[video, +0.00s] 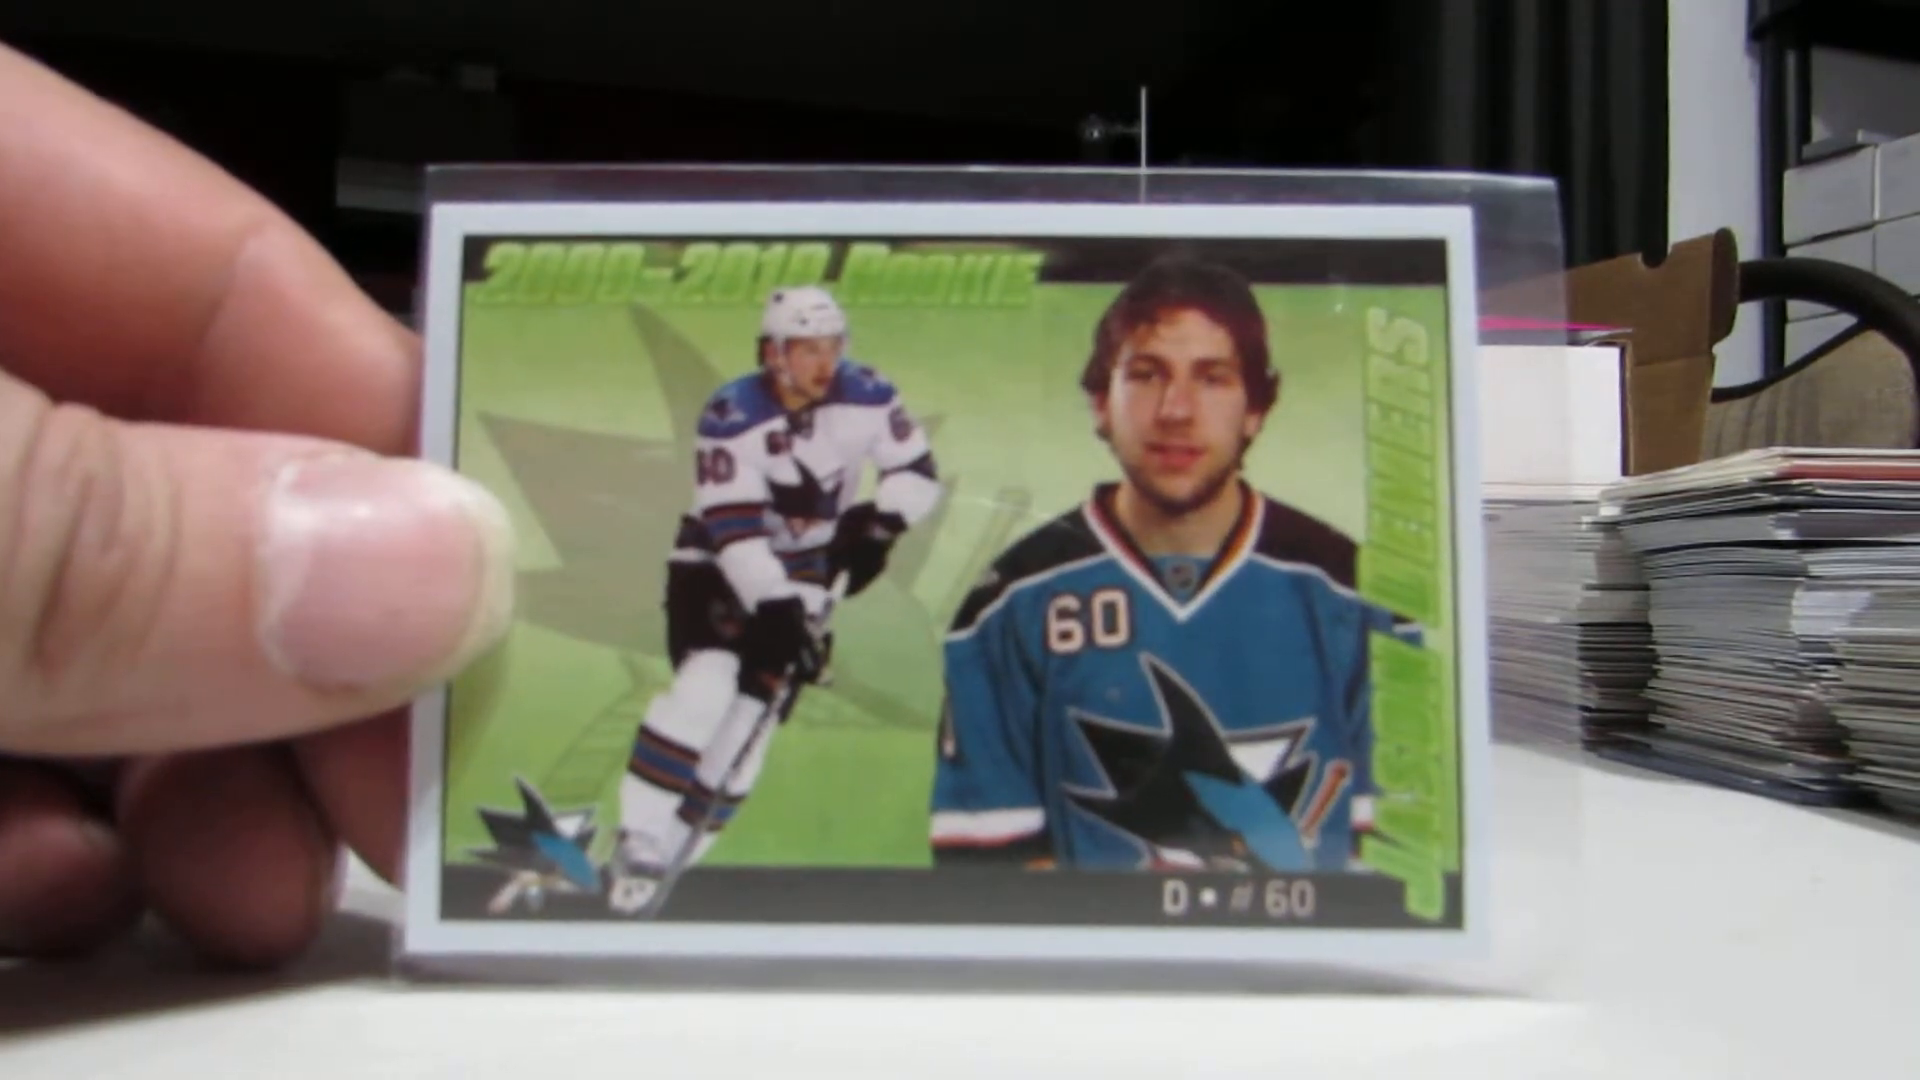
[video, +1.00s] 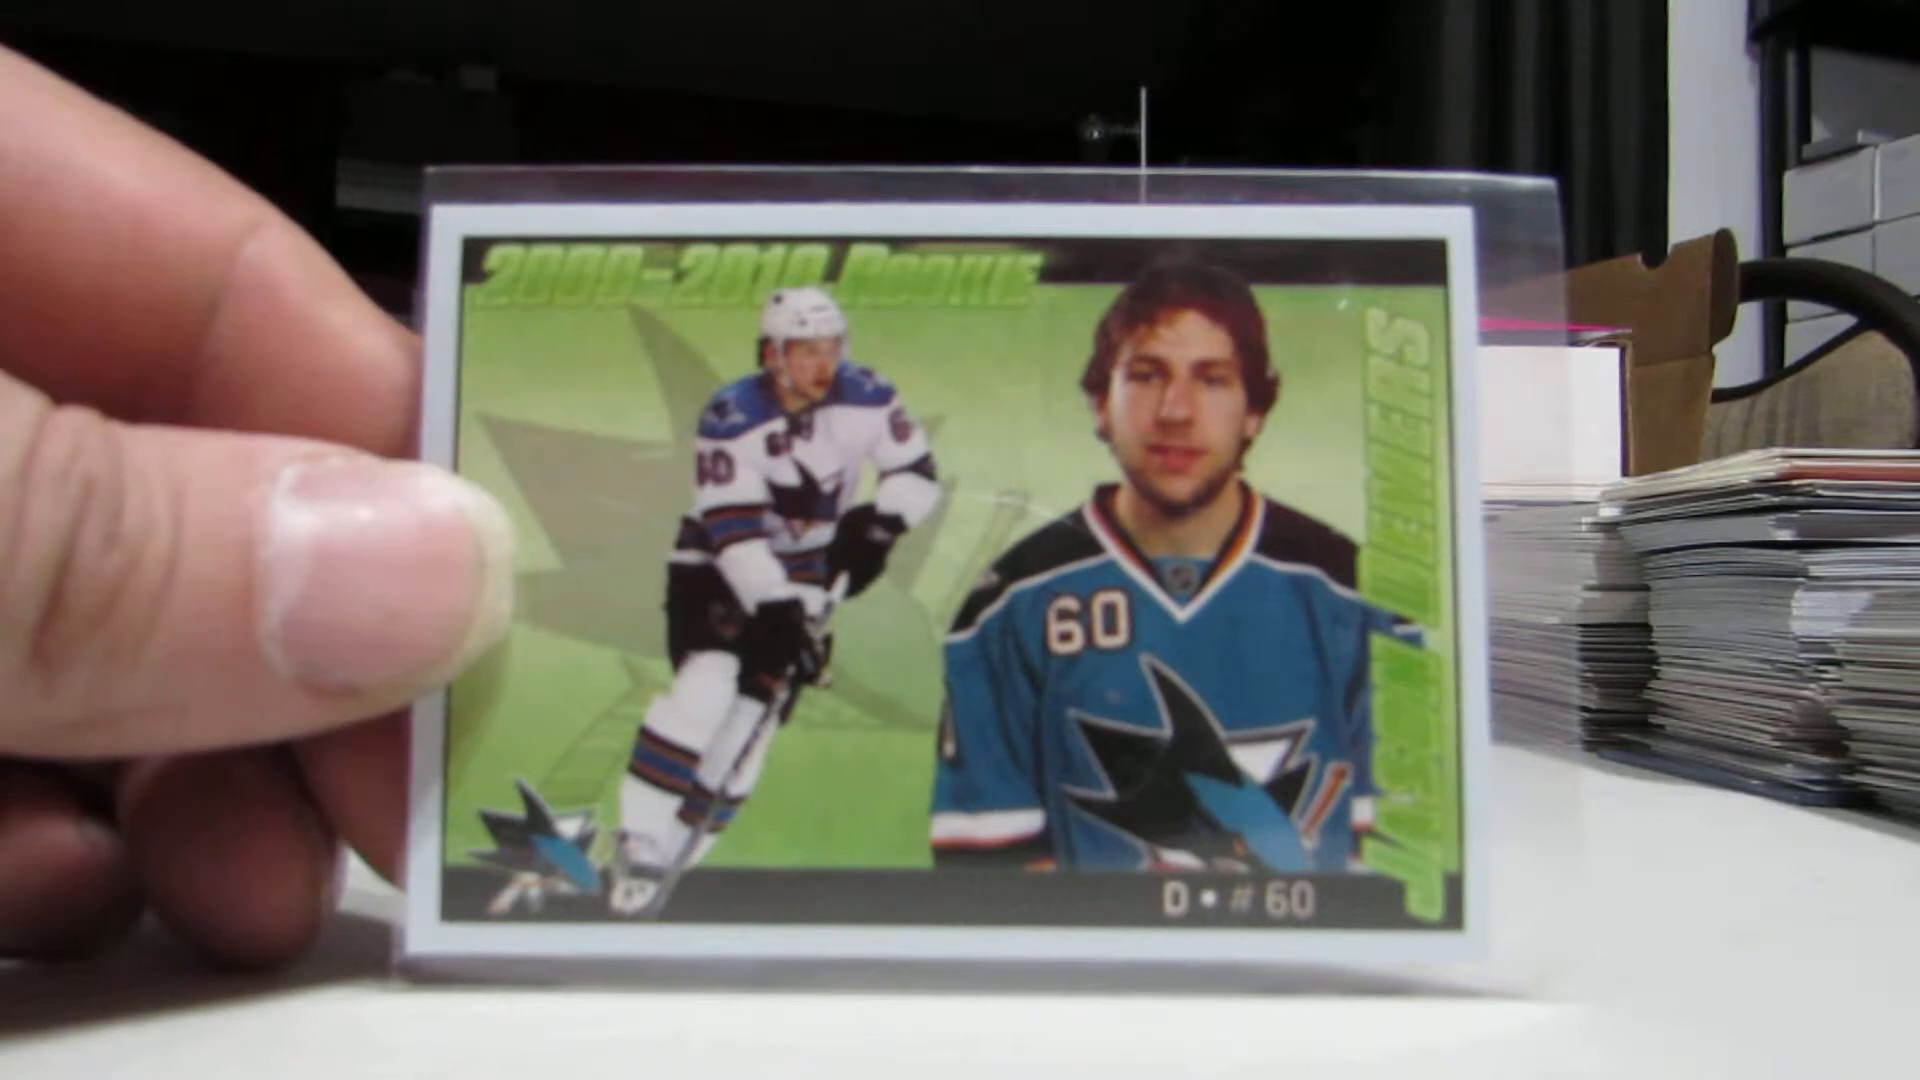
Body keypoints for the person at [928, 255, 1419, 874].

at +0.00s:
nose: (1175, 408)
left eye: (1211, 377)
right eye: (1145, 374)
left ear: (1254, 411)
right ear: (1101, 404)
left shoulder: (1351, 586)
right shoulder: (1015, 601)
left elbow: (1396, 853)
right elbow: (988, 876)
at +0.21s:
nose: (1175, 408)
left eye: (1211, 378)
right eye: (1146, 375)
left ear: (1254, 411)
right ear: (1101, 405)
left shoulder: (1350, 586)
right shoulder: (1014, 601)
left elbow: (1394, 853)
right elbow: (989, 876)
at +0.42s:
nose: (1175, 409)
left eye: (1211, 378)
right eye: (1146, 375)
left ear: (1254, 412)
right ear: (1101, 404)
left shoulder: (1347, 584)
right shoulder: (1015, 600)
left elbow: (1392, 851)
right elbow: (988, 875)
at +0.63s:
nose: (1175, 409)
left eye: (1210, 379)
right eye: (1146, 375)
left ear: (1254, 411)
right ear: (1101, 404)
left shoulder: (1347, 585)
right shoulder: (1015, 600)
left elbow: (1391, 852)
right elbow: (987, 875)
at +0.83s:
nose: (1175, 409)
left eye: (1211, 378)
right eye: (1146, 375)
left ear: (1254, 412)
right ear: (1101, 406)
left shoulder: (1344, 583)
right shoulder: (1015, 601)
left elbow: (1387, 846)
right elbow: (989, 873)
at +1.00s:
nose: (1175, 409)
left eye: (1211, 379)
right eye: (1146, 375)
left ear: (1253, 412)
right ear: (1101, 406)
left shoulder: (1349, 587)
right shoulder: (1014, 603)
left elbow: (1394, 853)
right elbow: (989, 874)